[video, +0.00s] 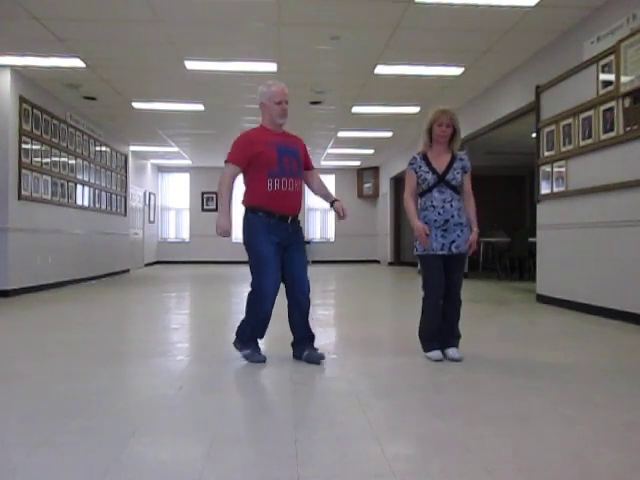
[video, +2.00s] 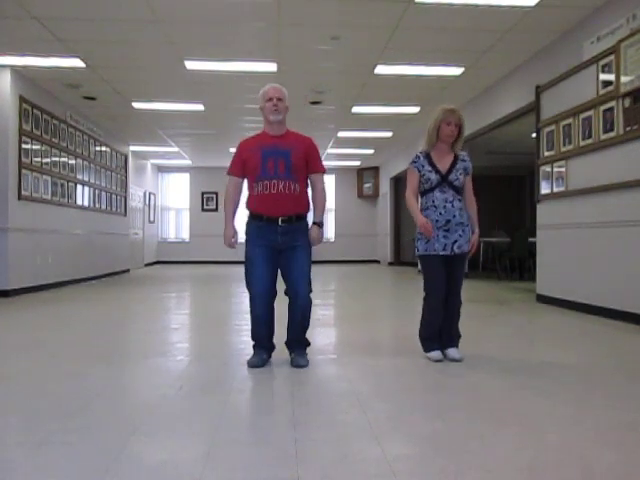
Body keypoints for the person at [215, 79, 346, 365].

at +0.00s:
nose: (285, 107)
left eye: (287, 103)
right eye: (279, 103)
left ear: (288, 105)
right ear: (263, 106)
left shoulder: (296, 143)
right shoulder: (249, 140)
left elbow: (312, 179)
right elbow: (228, 176)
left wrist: (333, 200)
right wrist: (224, 215)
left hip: (291, 224)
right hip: (260, 222)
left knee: (299, 287)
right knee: (267, 284)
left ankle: (303, 346)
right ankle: (246, 339)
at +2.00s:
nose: (274, 103)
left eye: (279, 99)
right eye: (269, 99)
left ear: (288, 106)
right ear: (261, 107)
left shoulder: (305, 144)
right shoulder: (247, 146)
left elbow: (318, 186)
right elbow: (234, 186)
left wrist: (317, 223)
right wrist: (229, 223)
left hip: (296, 228)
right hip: (260, 229)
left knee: (300, 292)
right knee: (260, 293)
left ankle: (298, 347)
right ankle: (261, 348)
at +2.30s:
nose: (282, 97)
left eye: (287, 93)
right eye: (276, 94)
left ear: (295, 101)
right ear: (267, 102)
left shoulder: (311, 137)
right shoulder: (255, 142)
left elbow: (325, 176)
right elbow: (245, 183)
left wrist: (320, 209)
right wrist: (244, 217)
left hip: (305, 221)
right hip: (269, 221)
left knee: (304, 287)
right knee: (265, 283)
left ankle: (298, 346)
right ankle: (272, 341)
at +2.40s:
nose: (282, 96)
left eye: (287, 93)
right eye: (276, 93)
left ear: (295, 102)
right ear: (267, 102)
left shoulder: (311, 137)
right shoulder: (254, 141)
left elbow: (322, 174)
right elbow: (245, 183)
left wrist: (318, 204)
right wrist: (247, 218)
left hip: (305, 221)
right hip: (270, 221)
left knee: (303, 288)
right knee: (269, 286)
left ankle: (298, 346)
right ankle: (275, 347)